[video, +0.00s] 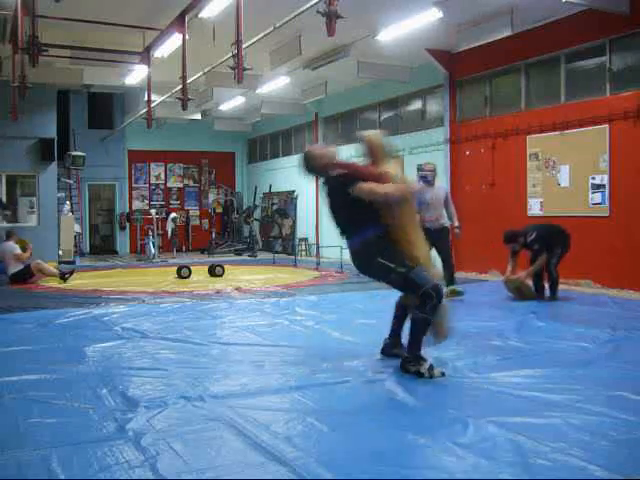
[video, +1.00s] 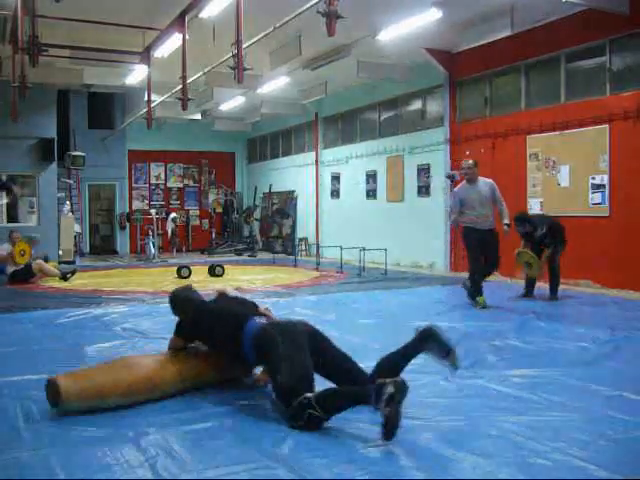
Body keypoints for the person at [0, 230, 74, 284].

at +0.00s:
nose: (17, 239)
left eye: (16, 237)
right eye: (16, 237)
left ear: (8, 237)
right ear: (13, 237)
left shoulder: (5, 245)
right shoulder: (11, 245)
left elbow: (19, 258)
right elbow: (22, 258)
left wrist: (26, 252)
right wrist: (29, 251)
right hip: (16, 275)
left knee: (39, 265)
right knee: (37, 264)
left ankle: (61, 274)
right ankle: (61, 275)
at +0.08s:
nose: (17, 240)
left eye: (17, 238)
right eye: (17, 238)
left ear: (6, 238)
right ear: (14, 238)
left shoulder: (3, 246)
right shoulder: (17, 246)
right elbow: (27, 259)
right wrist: (29, 251)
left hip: (11, 276)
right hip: (18, 275)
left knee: (41, 267)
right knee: (38, 264)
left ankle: (62, 274)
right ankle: (61, 275)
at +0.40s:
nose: (16, 239)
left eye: (16, 237)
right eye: (16, 237)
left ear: (6, 237)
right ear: (14, 237)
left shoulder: (3, 246)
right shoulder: (14, 246)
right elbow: (25, 259)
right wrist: (27, 248)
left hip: (11, 276)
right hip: (17, 275)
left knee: (40, 265)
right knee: (40, 264)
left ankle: (62, 274)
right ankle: (62, 275)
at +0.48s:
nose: (16, 238)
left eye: (15, 236)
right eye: (14, 236)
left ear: (6, 237)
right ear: (9, 237)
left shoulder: (5, 245)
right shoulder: (8, 246)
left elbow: (17, 259)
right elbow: (19, 259)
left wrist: (22, 249)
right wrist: (26, 249)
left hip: (14, 274)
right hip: (14, 275)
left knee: (41, 264)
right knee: (41, 265)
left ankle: (62, 274)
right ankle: (62, 275)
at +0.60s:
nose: (14, 239)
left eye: (14, 237)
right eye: (11, 237)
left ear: (14, 238)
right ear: (7, 238)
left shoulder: (11, 247)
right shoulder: (5, 246)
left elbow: (23, 259)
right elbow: (11, 260)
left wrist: (24, 250)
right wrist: (21, 253)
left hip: (18, 273)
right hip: (13, 275)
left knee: (41, 265)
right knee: (39, 265)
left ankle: (62, 274)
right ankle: (62, 275)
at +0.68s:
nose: (14, 240)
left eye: (15, 237)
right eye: (11, 238)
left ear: (16, 238)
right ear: (7, 239)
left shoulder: (16, 247)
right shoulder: (4, 247)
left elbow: (23, 261)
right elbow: (6, 260)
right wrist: (14, 249)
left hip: (20, 271)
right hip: (12, 274)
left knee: (39, 264)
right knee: (38, 265)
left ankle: (61, 274)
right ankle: (61, 275)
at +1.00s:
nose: (17, 240)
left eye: (18, 238)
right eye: (15, 238)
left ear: (20, 238)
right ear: (10, 238)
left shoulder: (20, 247)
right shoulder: (6, 247)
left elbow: (26, 259)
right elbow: (2, 259)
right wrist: (10, 254)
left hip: (23, 272)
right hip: (13, 275)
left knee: (40, 264)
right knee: (39, 264)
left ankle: (62, 274)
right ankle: (61, 275)